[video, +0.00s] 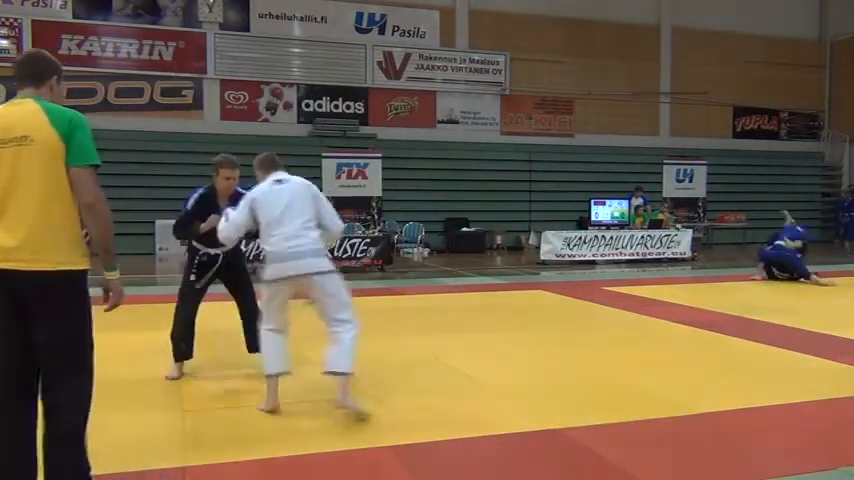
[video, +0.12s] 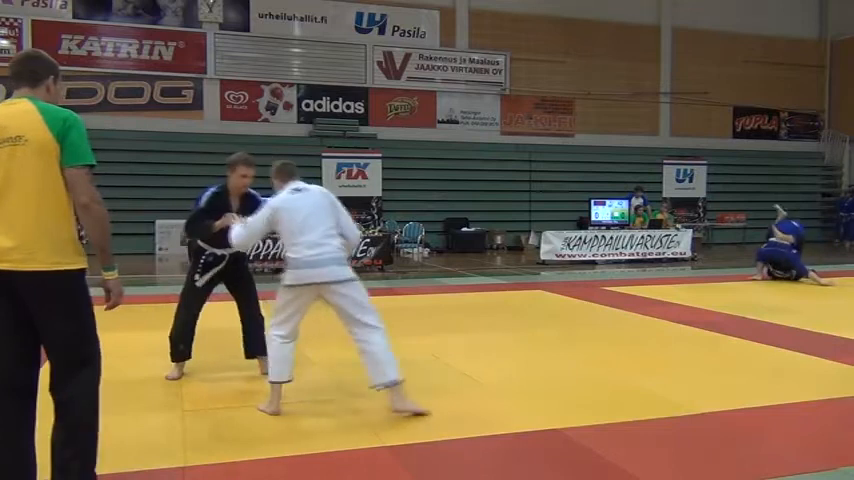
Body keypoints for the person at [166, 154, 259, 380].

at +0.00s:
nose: (232, 184)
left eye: (235, 179)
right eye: (227, 179)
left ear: (239, 178)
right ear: (215, 178)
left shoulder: (245, 199)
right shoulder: (200, 198)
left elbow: (257, 229)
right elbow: (179, 231)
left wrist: (235, 226)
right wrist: (203, 227)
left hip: (232, 256)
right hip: (201, 256)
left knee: (248, 301)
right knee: (186, 306)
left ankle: (260, 352)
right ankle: (178, 362)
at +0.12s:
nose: (247, 182)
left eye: (250, 177)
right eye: (242, 176)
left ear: (253, 178)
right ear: (230, 174)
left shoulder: (254, 201)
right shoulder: (212, 197)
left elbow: (270, 222)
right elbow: (193, 229)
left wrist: (246, 225)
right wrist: (217, 225)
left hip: (237, 259)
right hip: (207, 258)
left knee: (251, 308)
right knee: (188, 307)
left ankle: (262, 358)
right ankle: (178, 362)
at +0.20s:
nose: (259, 181)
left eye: (263, 177)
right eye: (256, 176)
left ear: (265, 179)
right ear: (243, 173)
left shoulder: (264, 204)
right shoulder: (225, 196)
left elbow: (273, 230)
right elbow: (201, 225)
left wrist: (254, 233)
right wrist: (229, 228)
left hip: (242, 259)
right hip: (214, 257)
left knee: (258, 307)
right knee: (193, 307)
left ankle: (266, 361)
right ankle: (180, 363)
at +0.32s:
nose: (279, 181)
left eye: (282, 177)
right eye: (275, 175)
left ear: (284, 178)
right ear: (262, 172)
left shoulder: (280, 204)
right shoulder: (242, 194)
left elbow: (283, 230)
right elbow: (215, 221)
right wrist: (239, 236)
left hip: (254, 260)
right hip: (227, 257)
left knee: (270, 309)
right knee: (209, 308)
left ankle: (270, 362)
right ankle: (186, 358)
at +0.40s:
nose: (288, 181)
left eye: (292, 176)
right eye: (285, 174)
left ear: (294, 178)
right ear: (272, 172)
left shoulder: (289, 204)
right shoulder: (252, 194)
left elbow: (297, 230)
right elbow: (224, 219)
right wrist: (244, 231)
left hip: (259, 256)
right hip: (233, 253)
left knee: (275, 309)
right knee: (222, 306)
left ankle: (271, 361)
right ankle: (195, 358)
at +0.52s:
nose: (299, 180)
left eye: (302, 176)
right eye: (296, 174)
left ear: (302, 174)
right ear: (282, 168)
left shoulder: (294, 196)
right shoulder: (264, 186)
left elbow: (294, 225)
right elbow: (250, 215)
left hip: (262, 250)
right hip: (239, 247)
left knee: (274, 301)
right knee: (232, 302)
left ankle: (273, 360)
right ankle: (215, 365)